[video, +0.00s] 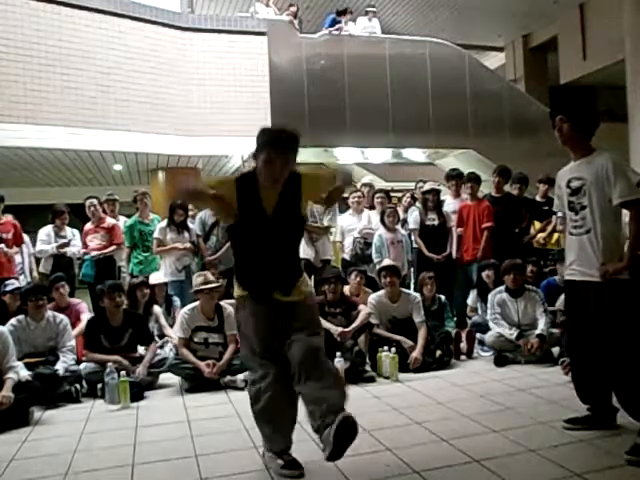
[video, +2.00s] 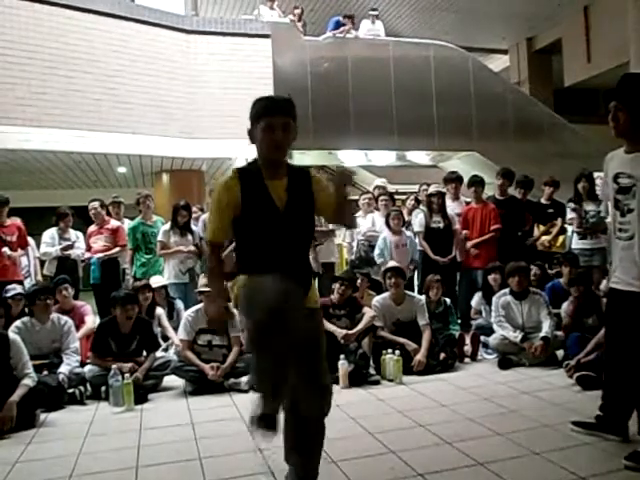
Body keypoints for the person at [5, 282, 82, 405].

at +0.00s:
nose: (39, 303)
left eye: (42, 299)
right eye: (33, 300)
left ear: (47, 301)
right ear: (25, 305)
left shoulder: (60, 321)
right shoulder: (14, 325)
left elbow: (68, 352)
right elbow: (10, 358)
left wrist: (58, 370)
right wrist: (23, 374)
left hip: (53, 367)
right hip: (28, 370)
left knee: (75, 375)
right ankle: (65, 394)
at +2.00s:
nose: (48, 302)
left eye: (50, 298)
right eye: (42, 299)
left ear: (54, 301)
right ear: (31, 304)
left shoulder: (64, 323)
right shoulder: (19, 328)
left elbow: (72, 353)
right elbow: (13, 357)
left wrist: (63, 373)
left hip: (58, 369)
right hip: (33, 372)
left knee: (79, 375)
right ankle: (69, 397)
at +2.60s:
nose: (46, 304)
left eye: (48, 300)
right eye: (40, 301)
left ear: (53, 302)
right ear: (31, 305)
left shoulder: (64, 323)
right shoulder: (19, 328)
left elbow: (72, 353)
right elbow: (14, 359)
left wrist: (63, 374)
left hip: (59, 369)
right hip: (33, 372)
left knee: (79, 376)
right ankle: (69, 397)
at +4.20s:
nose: (44, 305)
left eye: (47, 301)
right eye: (39, 301)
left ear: (52, 303)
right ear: (31, 305)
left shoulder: (64, 323)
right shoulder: (18, 328)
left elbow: (72, 353)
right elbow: (14, 358)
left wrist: (63, 373)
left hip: (58, 368)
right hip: (32, 371)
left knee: (79, 375)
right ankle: (69, 397)